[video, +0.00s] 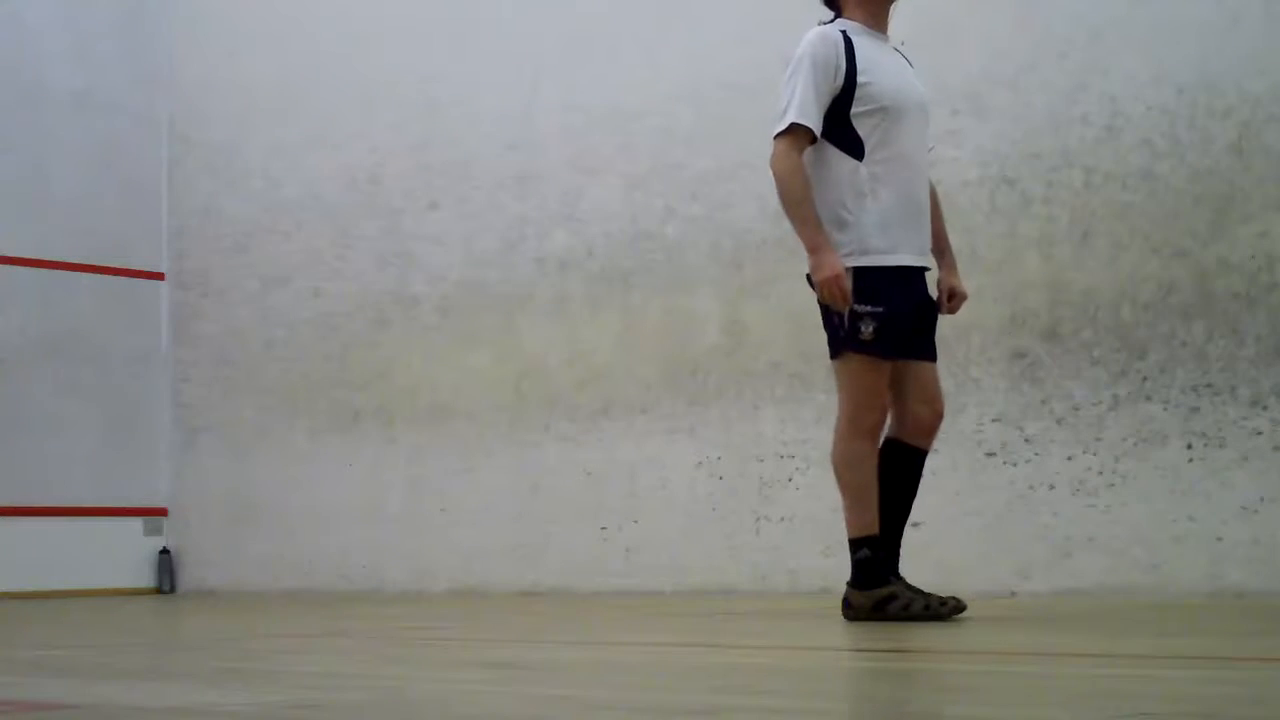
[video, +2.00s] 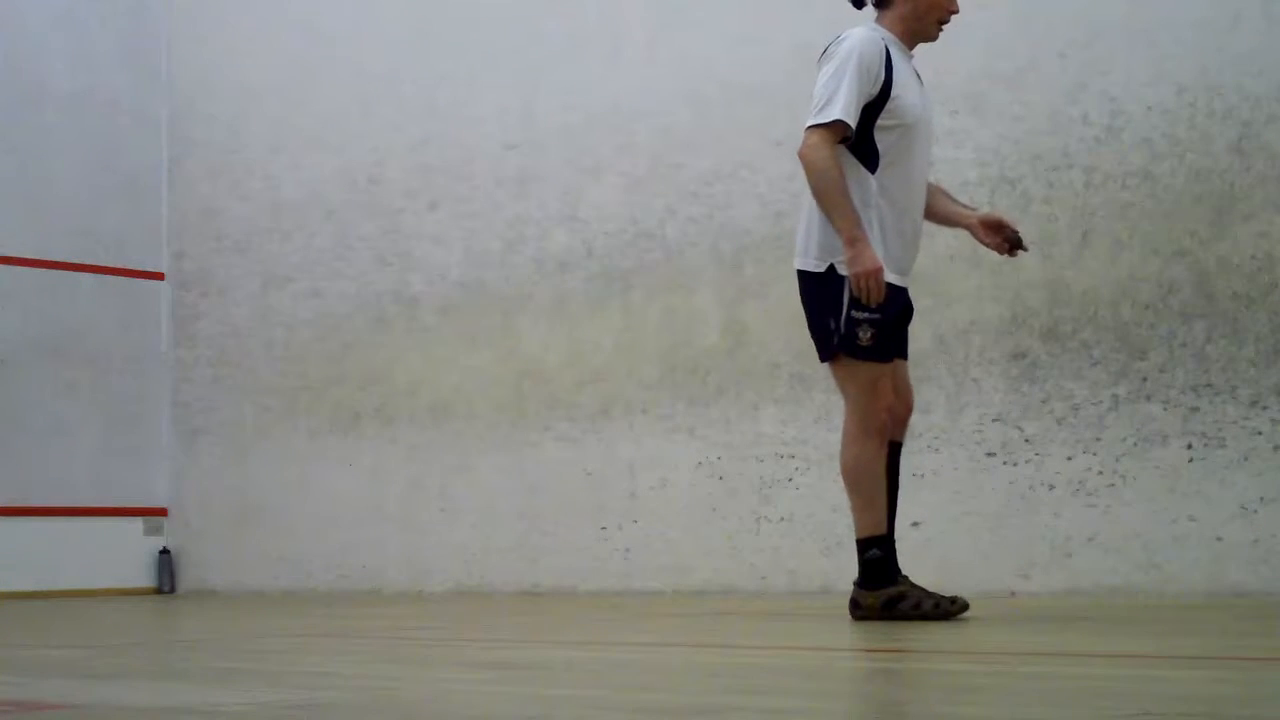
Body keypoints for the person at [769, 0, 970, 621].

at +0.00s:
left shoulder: (899, 59)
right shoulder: (826, 44)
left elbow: (915, 173)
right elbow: (785, 155)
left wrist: (945, 262)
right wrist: (820, 252)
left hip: (908, 268)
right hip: (858, 266)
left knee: (922, 413)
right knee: (862, 416)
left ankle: (881, 575)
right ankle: (867, 582)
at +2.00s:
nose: (953, 8)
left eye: (952, 0)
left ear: (910, 3)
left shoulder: (904, 67)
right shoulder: (863, 48)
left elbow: (903, 183)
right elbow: (816, 149)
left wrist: (972, 219)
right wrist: (856, 243)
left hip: (881, 268)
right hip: (844, 267)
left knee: (894, 410)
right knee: (869, 412)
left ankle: (882, 576)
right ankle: (875, 582)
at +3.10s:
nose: (932, 12)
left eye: (932, 3)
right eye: (923, 1)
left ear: (886, 7)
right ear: (882, 2)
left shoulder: (883, 73)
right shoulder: (845, 58)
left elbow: (896, 191)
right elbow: (802, 159)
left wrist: (975, 203)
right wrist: (859, 234)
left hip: (880, 269)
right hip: (868, 269)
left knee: (908, 418)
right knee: (942, 401)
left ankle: (869, 577)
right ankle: (894, 568)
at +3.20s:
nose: (927, 26)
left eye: (928, 15)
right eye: (917, 13)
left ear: (888, 18)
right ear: (875, 12)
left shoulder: (878, 89)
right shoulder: (842, 75)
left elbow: (891, 207)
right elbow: (792, 176)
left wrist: (963, 233)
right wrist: (846, 246)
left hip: (881, 274)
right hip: (879, 270)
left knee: (928, 432)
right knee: (1012, 343)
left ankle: (869, 582)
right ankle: (939, 484)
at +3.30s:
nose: (928, 38)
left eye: (930, 26)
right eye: (919, 24)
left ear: (896, 28)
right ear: (877, 22)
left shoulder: (882, 96)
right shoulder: (843, 85)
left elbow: (878, 197)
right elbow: (790, 183)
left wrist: (932, 237)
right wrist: (848, 259)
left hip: (881, 277)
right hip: (880, 267)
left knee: (937, 430)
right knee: (1031, 257)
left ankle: (869, 582)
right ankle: (969, 405)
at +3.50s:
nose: (931, 21)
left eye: (934, 11)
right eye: (918, 9)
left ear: (931, 20)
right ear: (878, 12)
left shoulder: (907, 92)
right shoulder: (848, 72)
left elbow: (917, 205)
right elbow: (785, 167)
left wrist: (993, 286)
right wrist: (835, 216)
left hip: (898, 268)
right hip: (874, 262)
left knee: (935, 431)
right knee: (1028, 233)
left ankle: (869, 581)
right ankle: (936, 377)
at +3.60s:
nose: (927, 13)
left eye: (934, 4)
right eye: (912, 2)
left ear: (940, 16)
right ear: (879, 12)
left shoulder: (935, 105)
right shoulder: (850, 69)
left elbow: (963, 206)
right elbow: (777, 152)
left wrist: (1020, 269)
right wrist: (771, 179)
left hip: (894, 263)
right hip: (872, 255)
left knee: (948, 431)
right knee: (1017, 304)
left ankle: (870, 581)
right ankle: (917, 446)